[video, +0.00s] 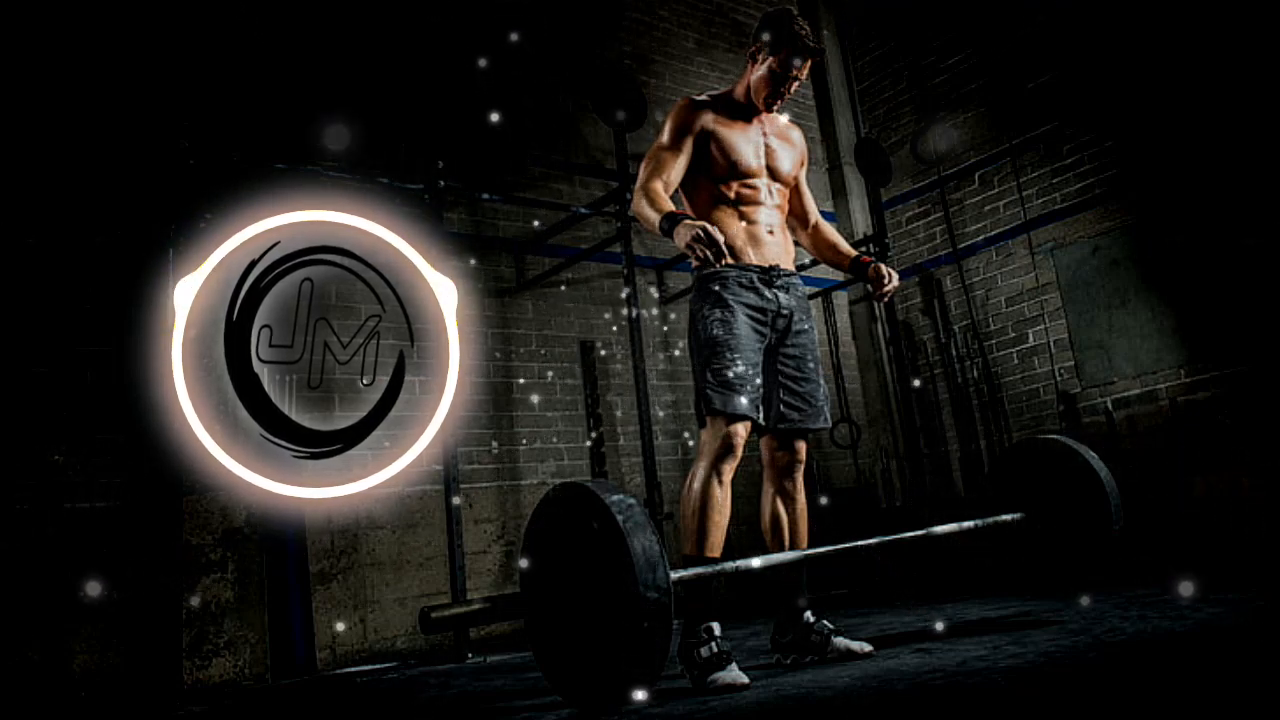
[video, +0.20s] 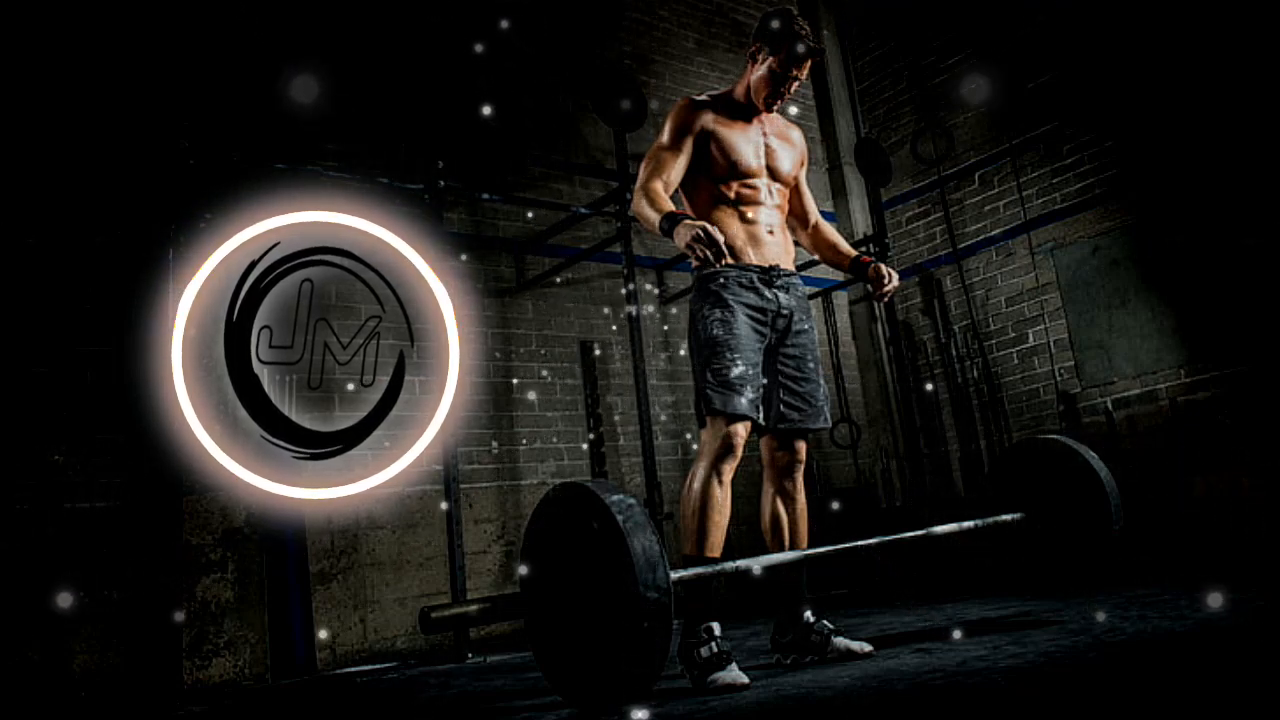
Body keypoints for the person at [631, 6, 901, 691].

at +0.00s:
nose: (787, 93)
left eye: (798, 83)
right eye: (783, 76)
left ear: (802, 77)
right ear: (756, 57)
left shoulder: (792, 135)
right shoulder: (698, 115)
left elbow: (808, 224)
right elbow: (645, 198)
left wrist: (860, 265)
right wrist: (676, 226)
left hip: (790, 296)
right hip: (730, 292)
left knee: (790, 454)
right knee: (729, 437)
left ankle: (797, 624)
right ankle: (698, 634)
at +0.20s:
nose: (790, 94)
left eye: (800, 83)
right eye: (786, 77)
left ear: (804, 77)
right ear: (757, 59)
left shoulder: (792, 136)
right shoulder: (697, 115)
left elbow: (809, 224)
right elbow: (645, 198)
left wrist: (861, 265)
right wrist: (676, 226)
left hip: (790, 297)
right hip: (730, 292)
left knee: (790, 454)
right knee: (729, 437)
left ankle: (796, 625)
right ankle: (698, 634)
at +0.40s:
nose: (790, 94)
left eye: (800, 84)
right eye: (786, 78)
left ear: (803, 79)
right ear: (756, 60)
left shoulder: (792, 136)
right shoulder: (697, 115)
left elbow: (809, 225)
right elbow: (645, 199)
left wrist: (861, 264)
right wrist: (678, 224)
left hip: (790, 297)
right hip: (730, 292)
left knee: (790, 454)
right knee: (729, 438)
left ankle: (796, 624)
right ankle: (698, 634)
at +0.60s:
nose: (787, 94)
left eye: (798, 84)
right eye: (784, 77)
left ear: (802, 78)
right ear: (757, 57)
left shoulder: (792, 136)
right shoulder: (697, 115)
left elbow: (809, 225)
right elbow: (645, 198)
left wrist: (860, 264)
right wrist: (676, 225)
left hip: (790, 296)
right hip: (730, 292)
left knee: (790, 454)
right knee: (729, 437)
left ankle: (796, 624)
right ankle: (698, 633)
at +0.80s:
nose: (789, 92)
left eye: (799, 82)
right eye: (786, 76)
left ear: (802, 77)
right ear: (757, 57)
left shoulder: (792, 137)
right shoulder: (697, 115)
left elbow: (809, 225)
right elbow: (645, 198)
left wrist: (859, 264)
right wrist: (676, 226)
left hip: (790, 296)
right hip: (730, 291)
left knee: (790, 454)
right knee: (729, 438)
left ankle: (794, 624)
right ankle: (698, 633)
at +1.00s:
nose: (789, 92)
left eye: (799, 81)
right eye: (786, 76)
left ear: (801, 77)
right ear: (756, 58)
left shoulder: (792, 137)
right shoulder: (697, 115)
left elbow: (809, 225)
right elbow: (645, 199)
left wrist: (860, 265)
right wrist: (676, 225)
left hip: (790, 296)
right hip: (730, 291)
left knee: (790, 454)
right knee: (729, 437)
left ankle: (794, 624)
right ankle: (698, 633)